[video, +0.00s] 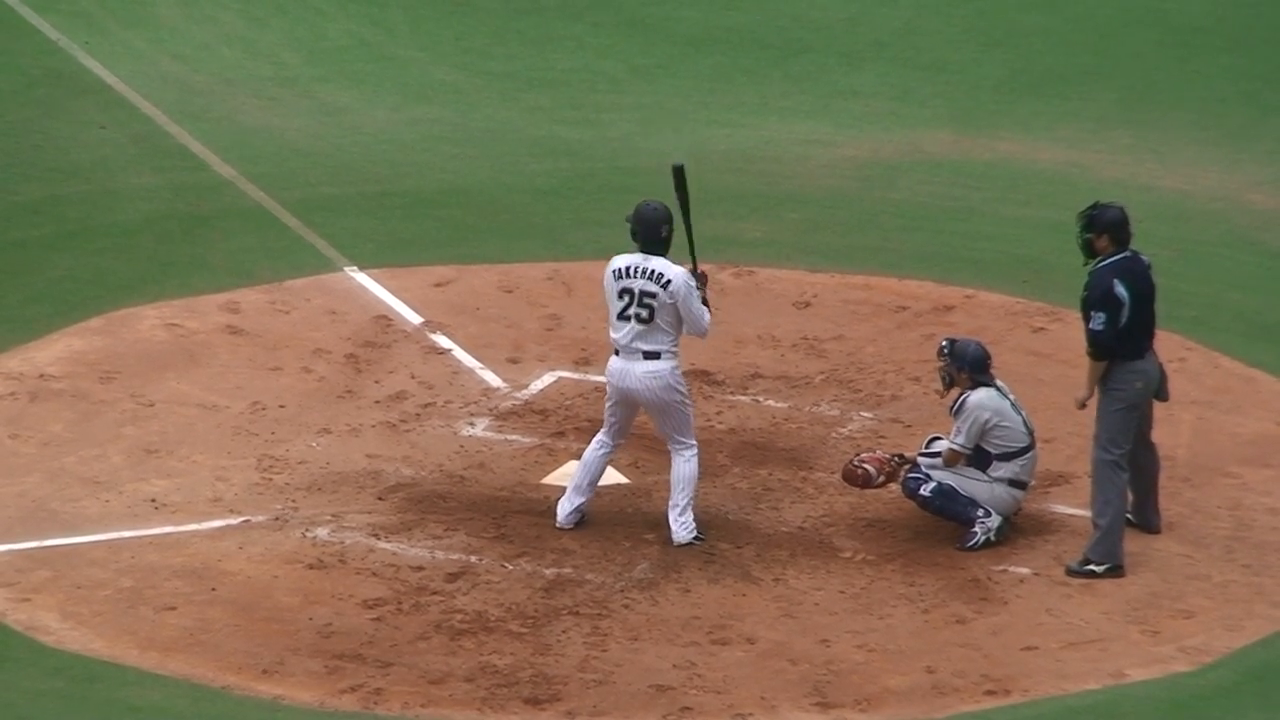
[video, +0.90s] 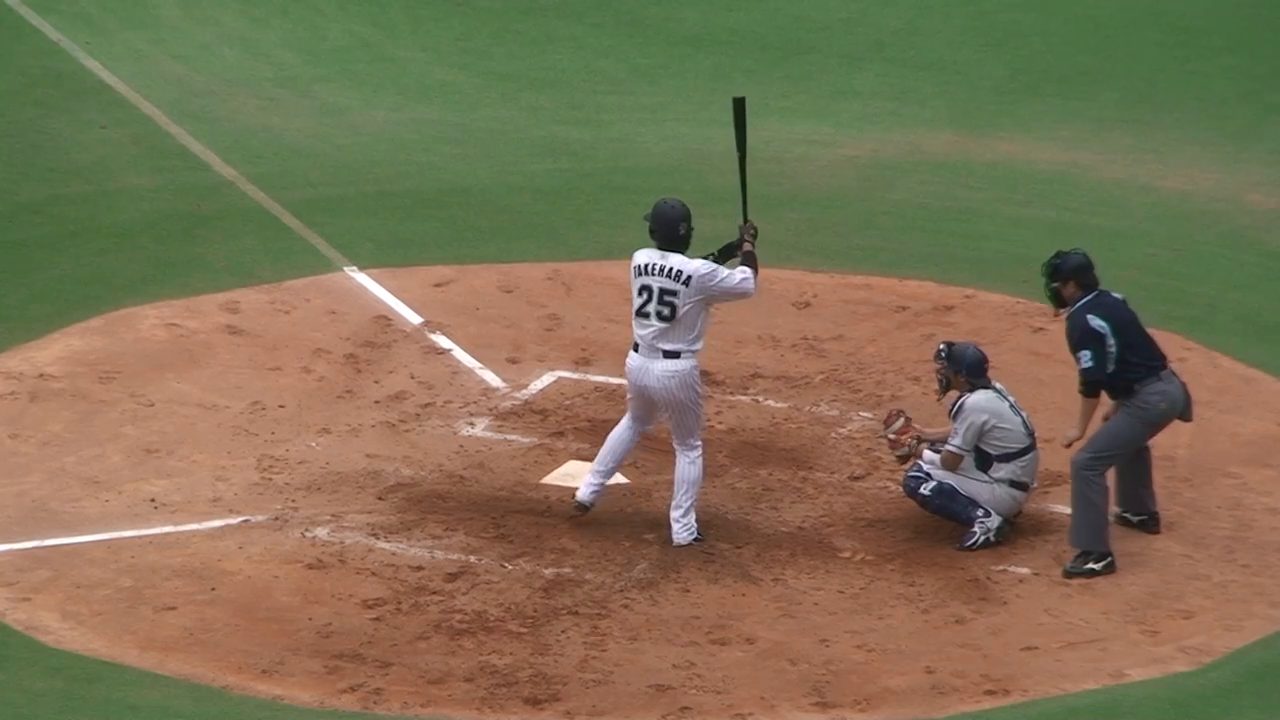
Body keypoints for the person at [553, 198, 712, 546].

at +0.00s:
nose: (631, 233)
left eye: (632, 229)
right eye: (669, 229)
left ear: (636, 234)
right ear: (669, 235)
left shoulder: (615, 267)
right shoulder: (677, 277)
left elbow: (645, 300)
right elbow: (699, 326)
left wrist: (687, 284)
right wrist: (700, 297)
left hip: (619, 369)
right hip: (660, 374)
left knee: (608, 437)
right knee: (683, 447)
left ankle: (568, 509)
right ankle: (682, 528)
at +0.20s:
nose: (639, 229)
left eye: (640, 225)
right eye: (678, 225)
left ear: (644, 231)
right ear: (677, 231)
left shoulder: (626, 264)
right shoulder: (687, 274)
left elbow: (665, 288)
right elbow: (717, 312)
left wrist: (703, 273)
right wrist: (716, 278)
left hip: (627, 366)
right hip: (668, 371)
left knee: (612, 435)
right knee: (687, 447)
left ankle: (571, 508)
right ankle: (682, 528)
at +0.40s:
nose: (689, 231)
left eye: (655, 225)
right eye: (688, 226)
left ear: (654, 230)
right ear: (688, 232)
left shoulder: (638, 263)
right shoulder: (703, 273)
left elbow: (680, 281)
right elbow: (738, 297)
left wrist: (720, 265)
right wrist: (737, 270)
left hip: (639, 365)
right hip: (680, 372)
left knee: (643, 422)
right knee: (690, 447)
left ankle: (605, 493)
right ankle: (683, 527)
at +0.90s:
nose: (689, 230)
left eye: (652, 225)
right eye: (687, 226)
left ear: (652, 230)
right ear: (685, 232)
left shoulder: (639, 260)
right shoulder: (699, 273)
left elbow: (688, 269)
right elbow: (746, 281)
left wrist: (734, 247)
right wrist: (747, 245)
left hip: (637, 365)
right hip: (677, 372)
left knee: (634, 421)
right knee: (688, 447)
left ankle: (588, 490)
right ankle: (683, 528)